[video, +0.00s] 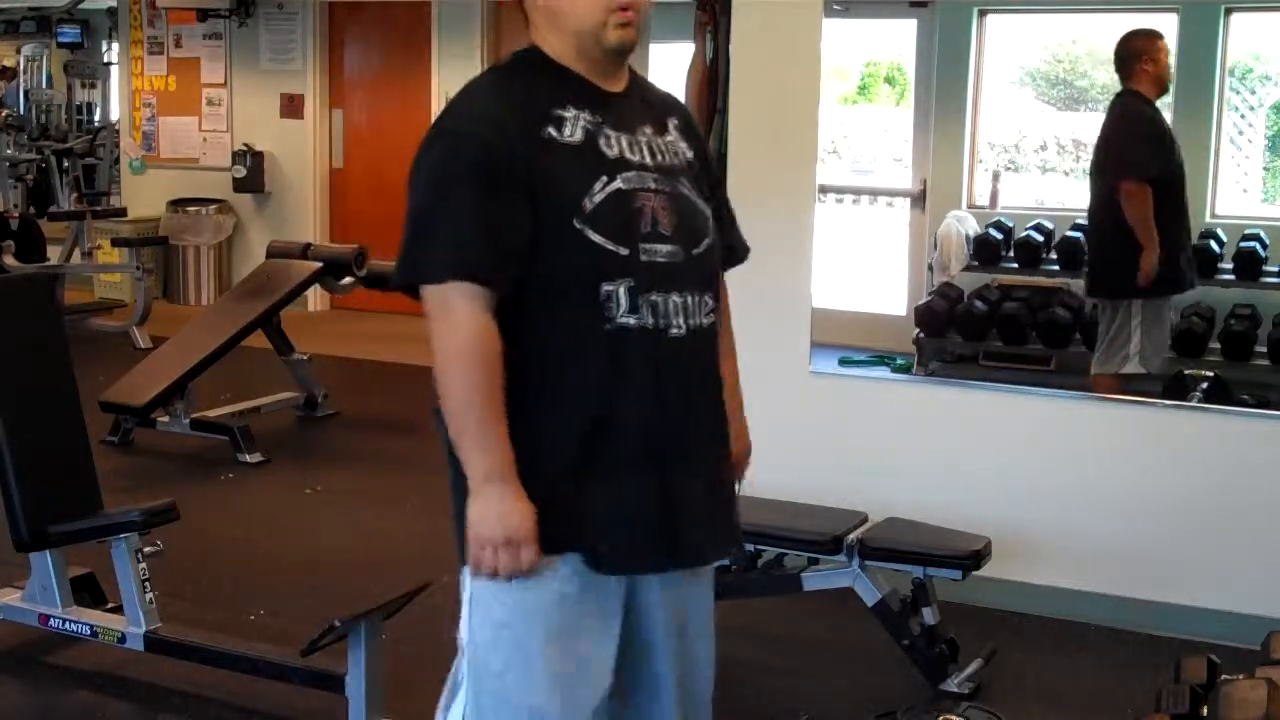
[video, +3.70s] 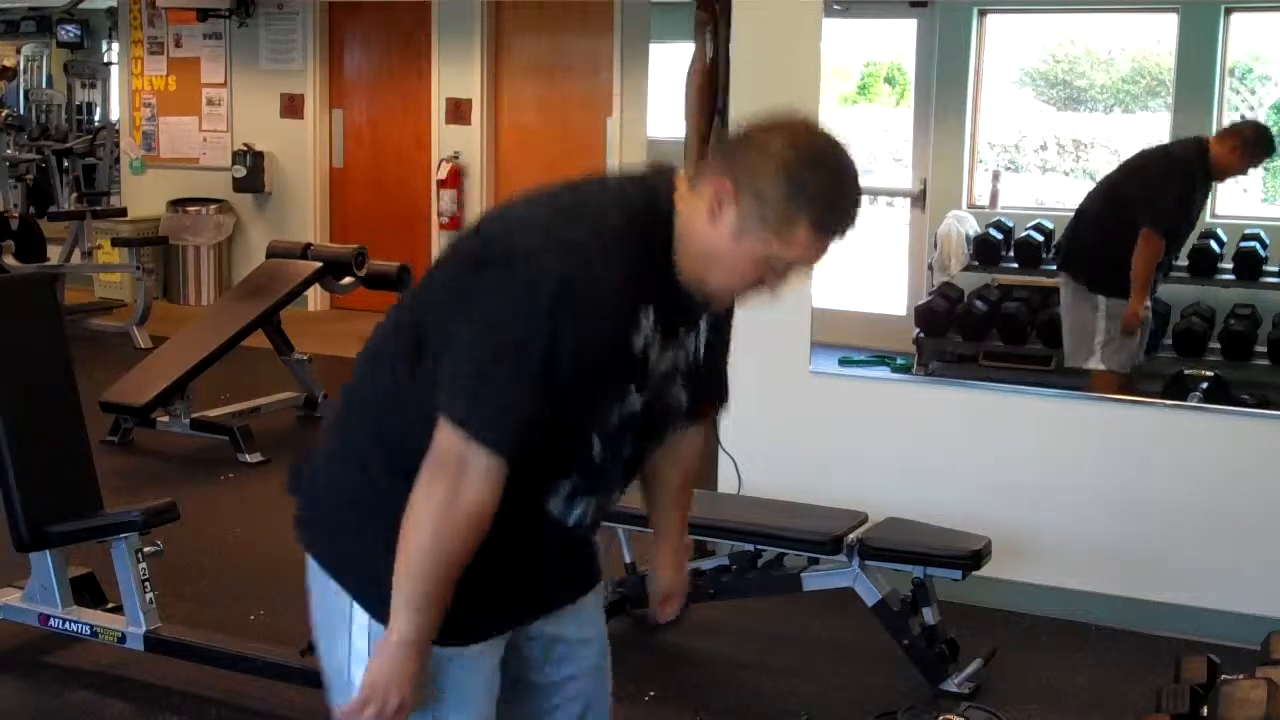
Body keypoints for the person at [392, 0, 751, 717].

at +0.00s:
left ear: (647, 1)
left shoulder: (675, 122)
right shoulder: (486, 121)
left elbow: (707, 286)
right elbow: (457, 306)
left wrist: (730, 411)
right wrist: (491, 484)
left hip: (677, 495)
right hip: (545, 511)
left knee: (670, 710)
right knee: (523, 711)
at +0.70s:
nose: (632, 16)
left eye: (637, 2)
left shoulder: (607, 124)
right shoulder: (445, 122)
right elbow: (423, 332)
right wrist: (483, 527)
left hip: (627, 541)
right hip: (504, 571)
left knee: (649, 705)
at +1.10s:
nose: (650, 8)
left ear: (665, 7)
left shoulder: (653, 122)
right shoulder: (476, 130)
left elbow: (677, 306)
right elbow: (451, 326)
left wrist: (697, 442)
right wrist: (479, 515)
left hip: (656, 535)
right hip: (539, 553)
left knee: (620, 706)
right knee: (537, 708)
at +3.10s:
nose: (694, 117)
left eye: (711, 101)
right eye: (690, 90)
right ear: (626, 40)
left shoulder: (647, 153)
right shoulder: (483, 151)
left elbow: (641, 321)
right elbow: (422, 350)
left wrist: (663, 445)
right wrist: (416, 530)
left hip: (622, 556)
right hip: (482, 576)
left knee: (638, 713)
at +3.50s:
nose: (747, 171)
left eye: (763, 155)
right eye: (745, 147)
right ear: (687, 90)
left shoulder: (693, 184)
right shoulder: (525, 172)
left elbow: (683, 344)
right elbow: (447, 367)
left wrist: (678, 479)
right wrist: (406, 548)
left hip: (576, 565)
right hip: (457, 576)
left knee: (556, 709)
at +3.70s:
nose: (772, 288)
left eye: (790, 274)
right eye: (771, 263)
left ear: (719, 203)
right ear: (718, 201)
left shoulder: (702, 271)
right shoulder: (550, 257)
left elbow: (683, 419)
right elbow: (460, 464)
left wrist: (669, 546)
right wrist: (404, 641)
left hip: (548, 545)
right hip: (412, 561)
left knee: (577, 708)